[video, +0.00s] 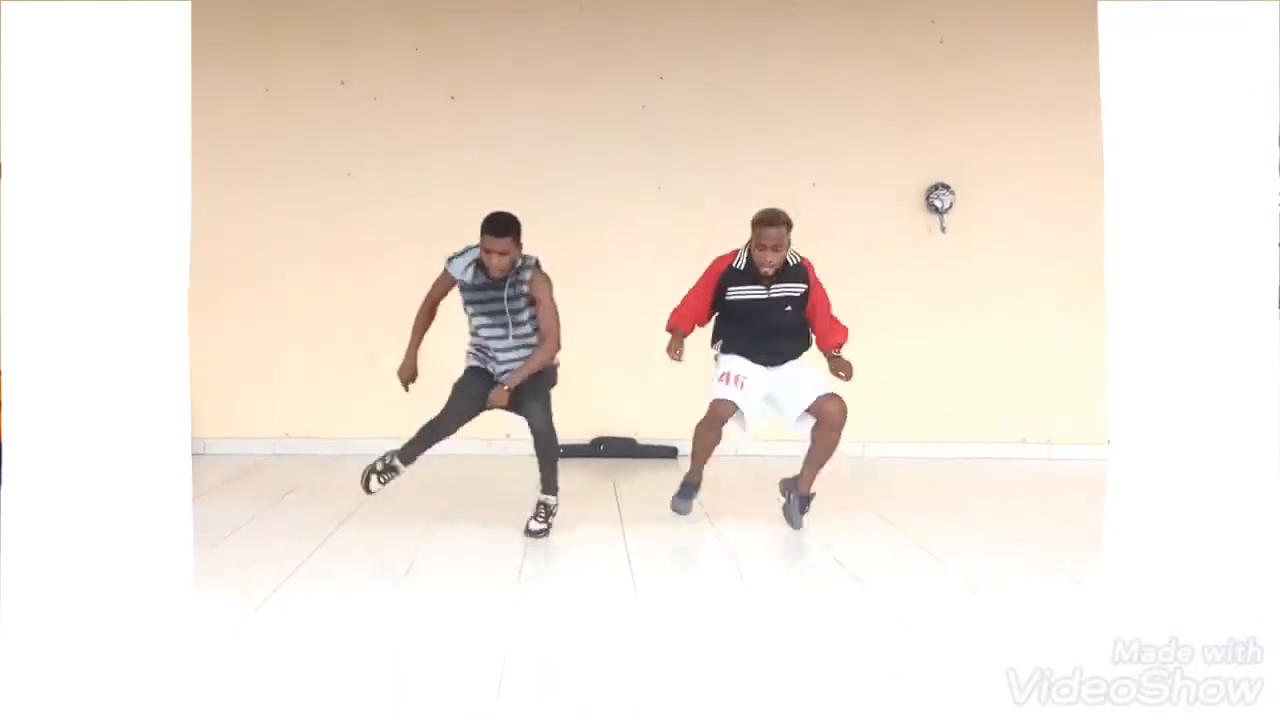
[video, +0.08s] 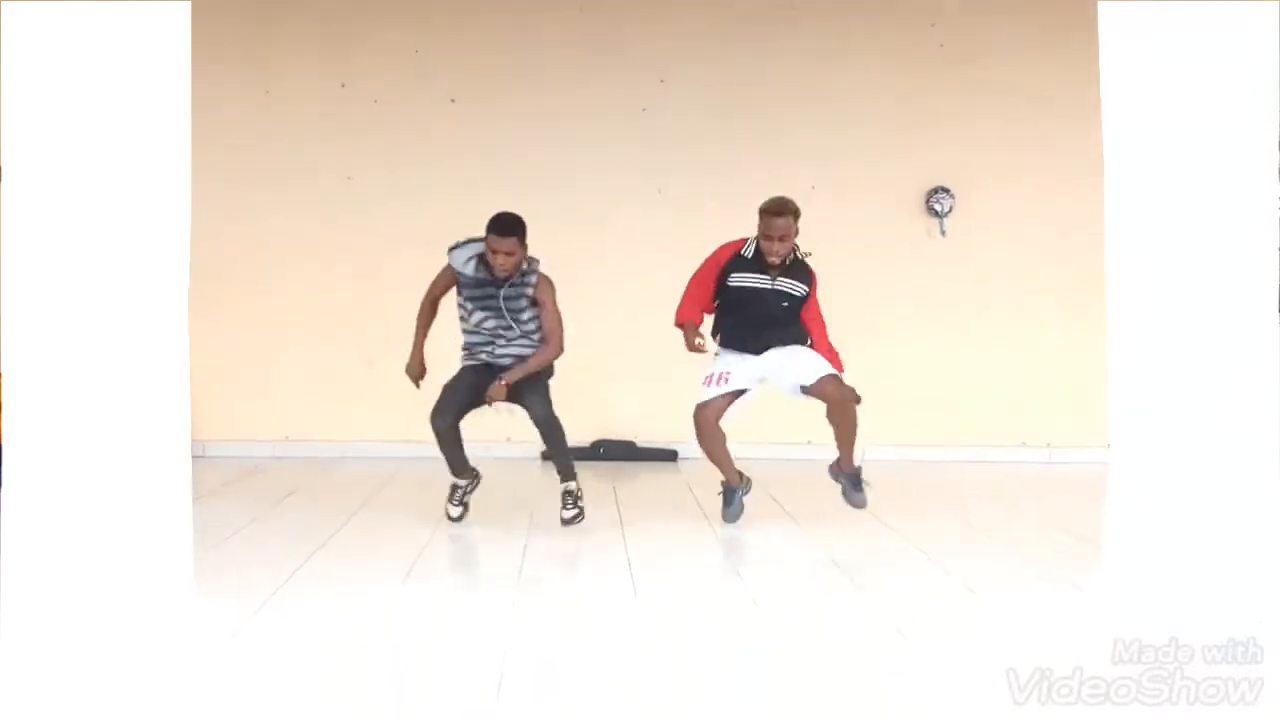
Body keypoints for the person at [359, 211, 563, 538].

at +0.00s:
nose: (495, 262)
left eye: (504, 254)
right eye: (489, 253)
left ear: (518, 249)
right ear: (480, 246)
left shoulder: (534, 279)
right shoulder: (462, 267)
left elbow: (551, 344)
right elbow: (431, 302)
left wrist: (510, 385)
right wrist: (411, 355)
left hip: (530, 368)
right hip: (484, 366)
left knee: (540, 422)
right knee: (449, 420)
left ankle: (548, 499)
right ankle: (397, 461)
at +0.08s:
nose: (501, 261)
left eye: (509, 254)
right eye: (494, 253)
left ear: (523, 250)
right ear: (485, 247)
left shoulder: (538, 284)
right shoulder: (462, 268)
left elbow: (554, 346)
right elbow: (431, 298)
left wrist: (508, 379)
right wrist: (417, 352)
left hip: (526, 366)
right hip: (480, 366)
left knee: (541, 412)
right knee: (441, 419)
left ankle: (569, 484)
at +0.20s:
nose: (504, 271)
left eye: (513, 264)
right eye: (498, 262)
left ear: (527, 262)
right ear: (488, 257)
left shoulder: (541, 296)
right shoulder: (466, 281)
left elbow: (564, 347)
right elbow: (435, 308)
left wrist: (511, 364)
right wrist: (420, 363)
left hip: (523, 378)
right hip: (480, 385)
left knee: (537, 401)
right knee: (443, 442)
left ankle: (569, 464)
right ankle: (497, 499)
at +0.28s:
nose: (497, 273)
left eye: (506, 266)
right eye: (492, 265)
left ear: (523, 264)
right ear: (485, 261)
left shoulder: (540, 289)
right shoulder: (469, 290)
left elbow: (560, 335)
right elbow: (446, 321)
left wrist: (504, 342)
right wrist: (426, 368)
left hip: (522, 394)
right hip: (472, 392)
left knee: (556, 443)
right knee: (425, 436)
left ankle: (536, 493)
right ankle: (462, 499)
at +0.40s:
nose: (493, 290)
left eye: (501, 283)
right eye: (488, 283)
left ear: (518, 280)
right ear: (481, 279)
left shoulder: (533, 303)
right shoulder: (471, 307)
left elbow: (545, 357)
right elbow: (453, 344)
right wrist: (429, 389)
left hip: (525, 407)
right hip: (481, 400)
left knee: (562, 457)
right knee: (442, 427)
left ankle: (527, 495)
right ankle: (427, 481)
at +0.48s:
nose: (490, 319)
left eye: (498, 312)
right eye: (484, 311)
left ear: (514, 309)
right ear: (476, 306)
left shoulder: (530, 332)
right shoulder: (467, 328)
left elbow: (548, 391)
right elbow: (447, 372)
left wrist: (511, 436)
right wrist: (424, 419)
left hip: (528, 419)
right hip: (487, 414)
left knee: (557, 464)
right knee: (442, 432)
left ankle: (532, 499)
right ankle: (450, 487)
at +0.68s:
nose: (486, 346)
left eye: (495, 339)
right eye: (481, 338)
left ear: (510, 339)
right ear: (474, 335)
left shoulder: (531, 361)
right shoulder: (457, 363)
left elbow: (590, 371)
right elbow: (414, 390)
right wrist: (373, 421)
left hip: (523, 449)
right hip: (476, 446)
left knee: (556, 473)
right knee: (421, 448)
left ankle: (537, 504)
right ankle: (457, 503)